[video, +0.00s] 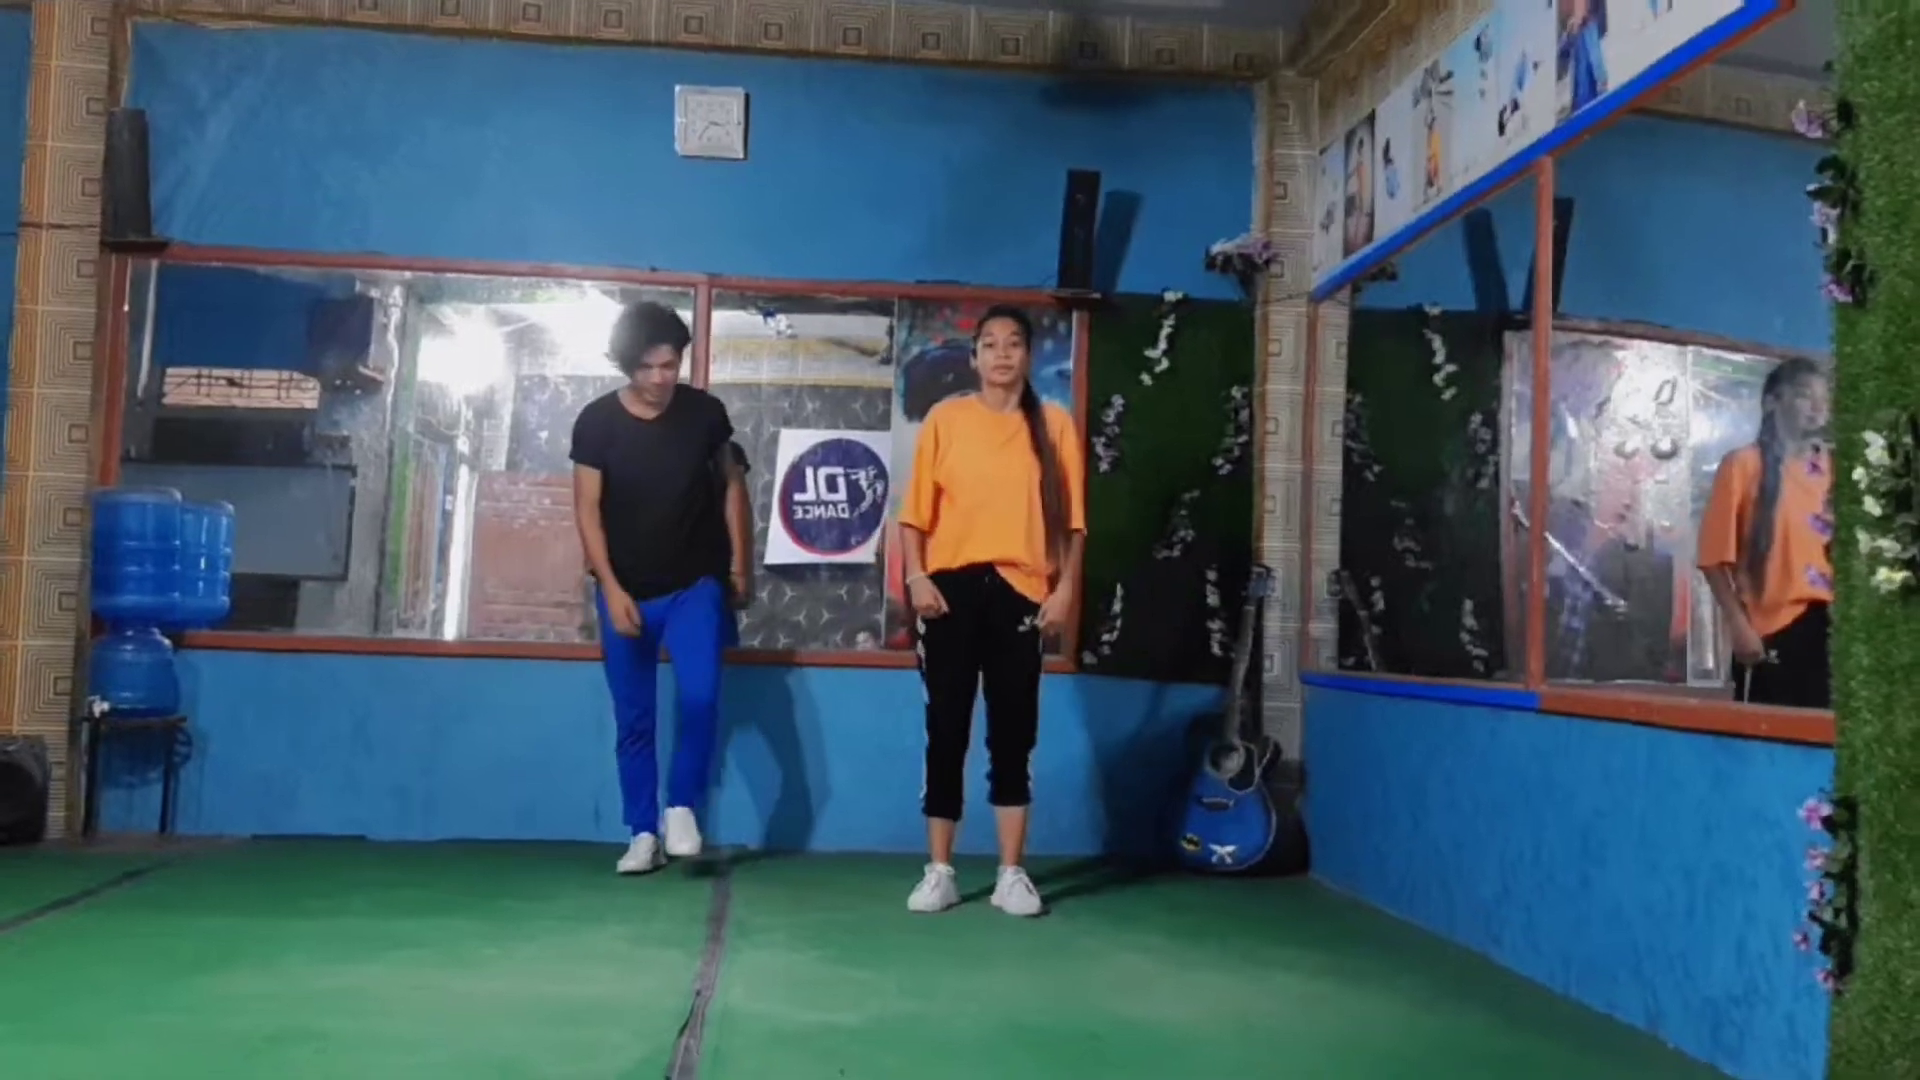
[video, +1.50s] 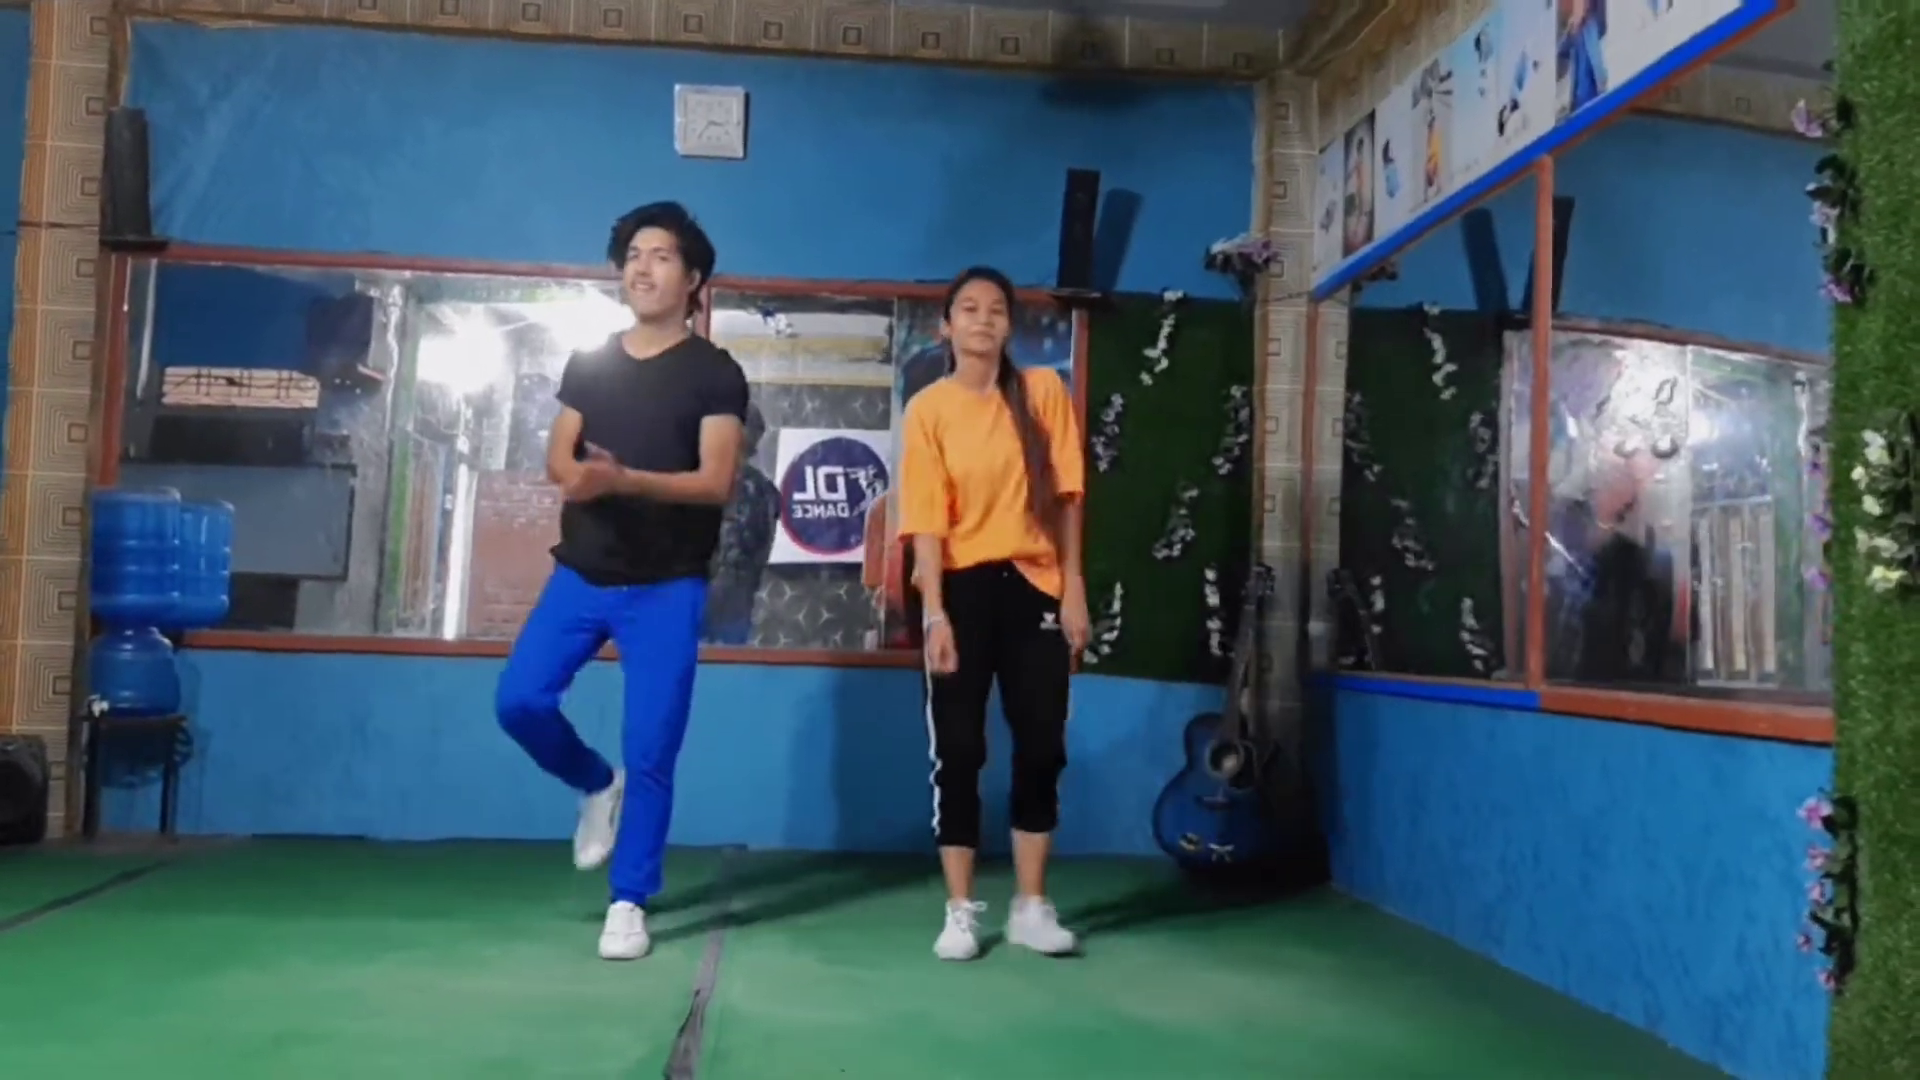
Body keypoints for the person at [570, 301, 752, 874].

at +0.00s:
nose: (663, 376)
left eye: (671, 364)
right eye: (651, 366)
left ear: (681, 360)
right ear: (627, 365)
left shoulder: (704, 412)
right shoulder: (597, 421)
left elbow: (732, 486)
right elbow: (588, 510)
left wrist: (739, 565)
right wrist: (609, 587)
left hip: (696, 584)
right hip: (624, 588)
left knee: (700, 699)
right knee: (634, 717)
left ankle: (682, 809)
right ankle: (643, 831)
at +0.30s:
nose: (672, 377)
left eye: (682, 364)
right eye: (660, 365)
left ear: (696, 369)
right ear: (637, 370)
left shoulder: (717, 433)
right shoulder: (603, 428)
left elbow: (730, 517)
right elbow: (585, 517)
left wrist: (735, 591)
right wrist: (603, 600)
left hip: (688, 599)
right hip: (615, 599)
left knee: (670, 725)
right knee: (617, 731)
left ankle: (649, 853)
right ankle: (642, 833)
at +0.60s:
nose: (665, 337)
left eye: (676, 325)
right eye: (651, 325)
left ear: (693, 335)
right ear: (629, 334)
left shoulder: (717, 411)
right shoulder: (599, 400)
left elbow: (737, 502)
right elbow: (567, 471)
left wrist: (707, 546)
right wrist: (534, 554)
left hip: (684, 597)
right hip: (607, 591)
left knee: (670, 725)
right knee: (594, 715)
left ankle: (648, 848)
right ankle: (598, 837)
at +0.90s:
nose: (635, 307)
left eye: (647, 295)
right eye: (620, 296)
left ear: (664, 307)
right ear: (599, 309)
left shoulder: (699, 387)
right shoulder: (574, 399)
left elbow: (726, 480)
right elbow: (560, 503)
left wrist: (712, 558)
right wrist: (551, 600)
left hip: (678, 597)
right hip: (593, 598)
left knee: (702, 722)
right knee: (588, 736)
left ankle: (648, 799)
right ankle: (609, 871)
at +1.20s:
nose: (650, 284)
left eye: (662, 272)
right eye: (635, 272)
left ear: (677, 288)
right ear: (610, 288)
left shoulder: (702, 379)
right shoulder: (574, 372)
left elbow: (732, 471)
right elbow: (559, 475)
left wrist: (729, 543)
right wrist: (622, 486)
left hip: (673, 586)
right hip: (588, 587)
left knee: (656, 742)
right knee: (597, 742)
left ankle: (639, 893)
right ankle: (607, 875)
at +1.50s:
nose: (644, 269)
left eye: (662, 258)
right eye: (635, 257)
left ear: (694, 279)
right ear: (619, 274)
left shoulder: (715, 373)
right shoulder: (589, 367)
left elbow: (717, 484)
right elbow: (558, 459)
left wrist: (624, 480)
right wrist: (585, 479)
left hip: (666, 589)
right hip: (580, 578)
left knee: (648, 753)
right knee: (520, 704)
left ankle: (629, 901)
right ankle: (598, 784)